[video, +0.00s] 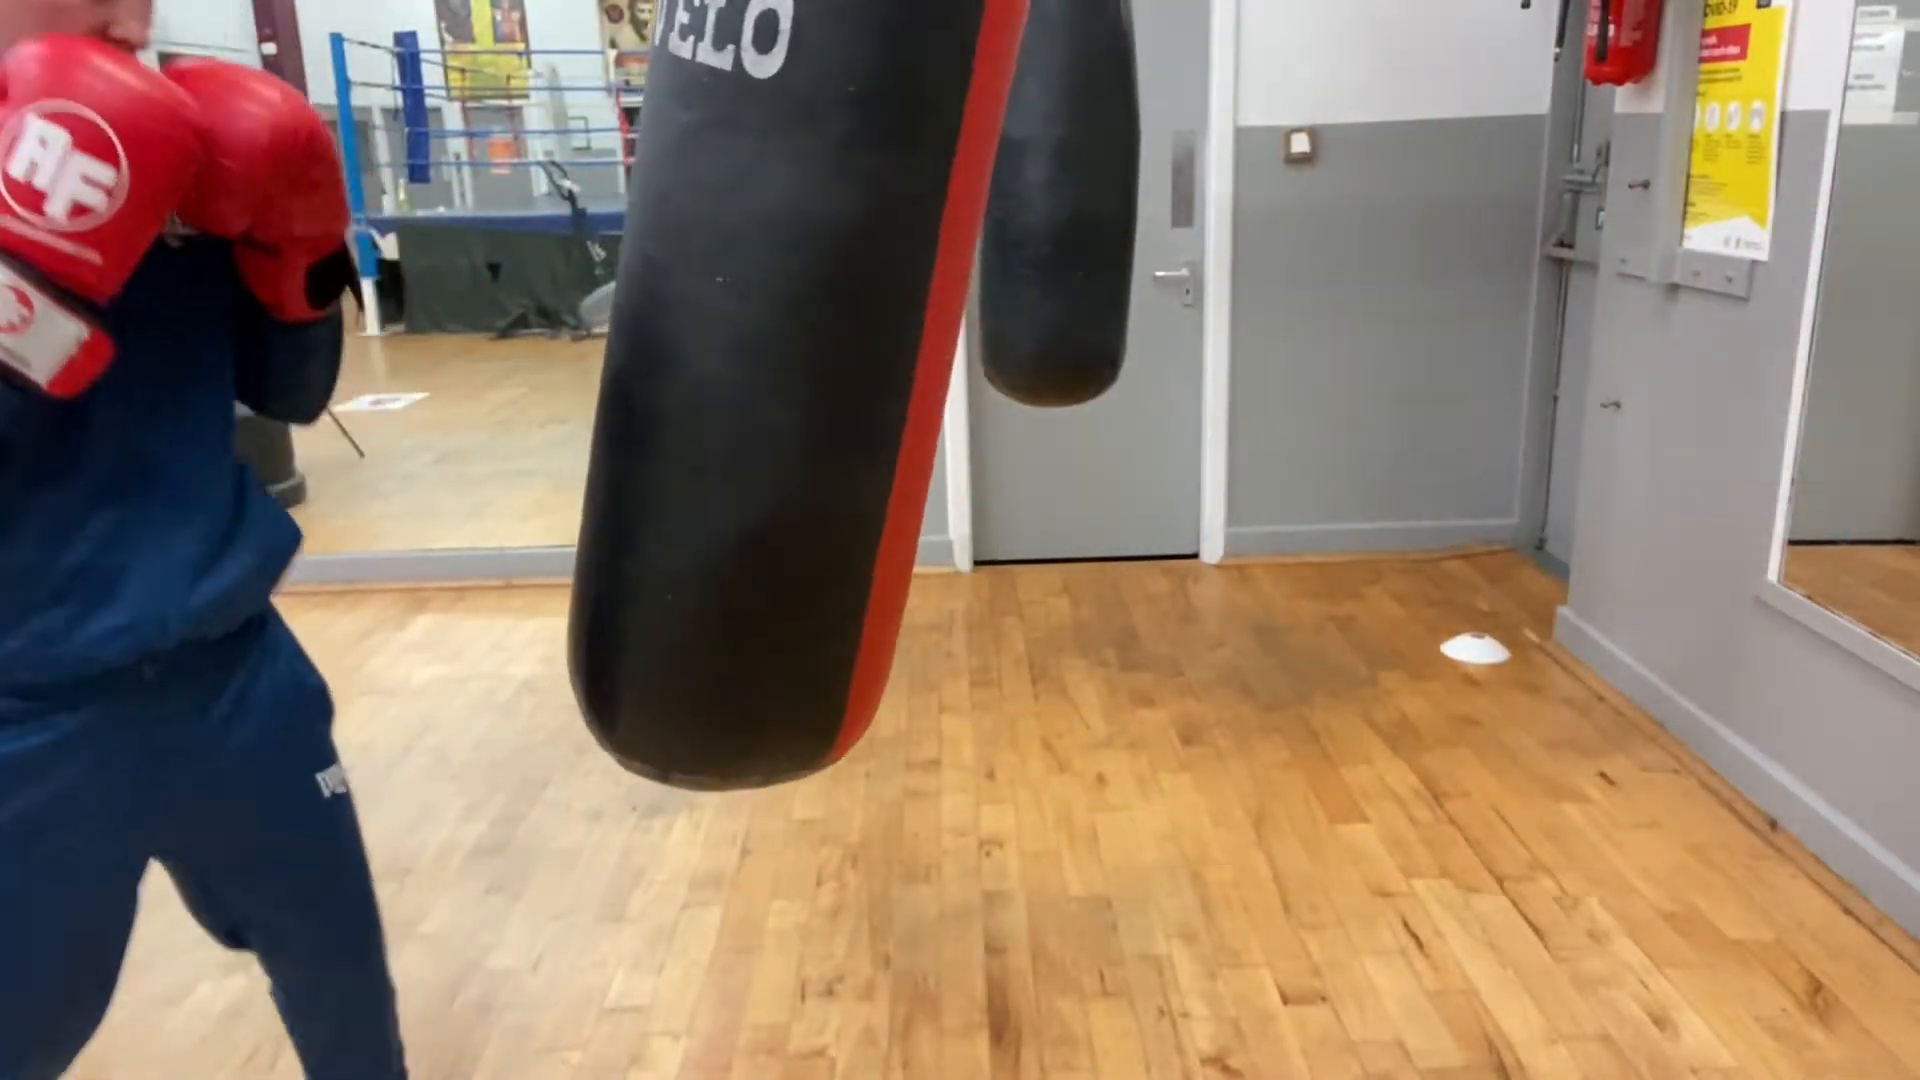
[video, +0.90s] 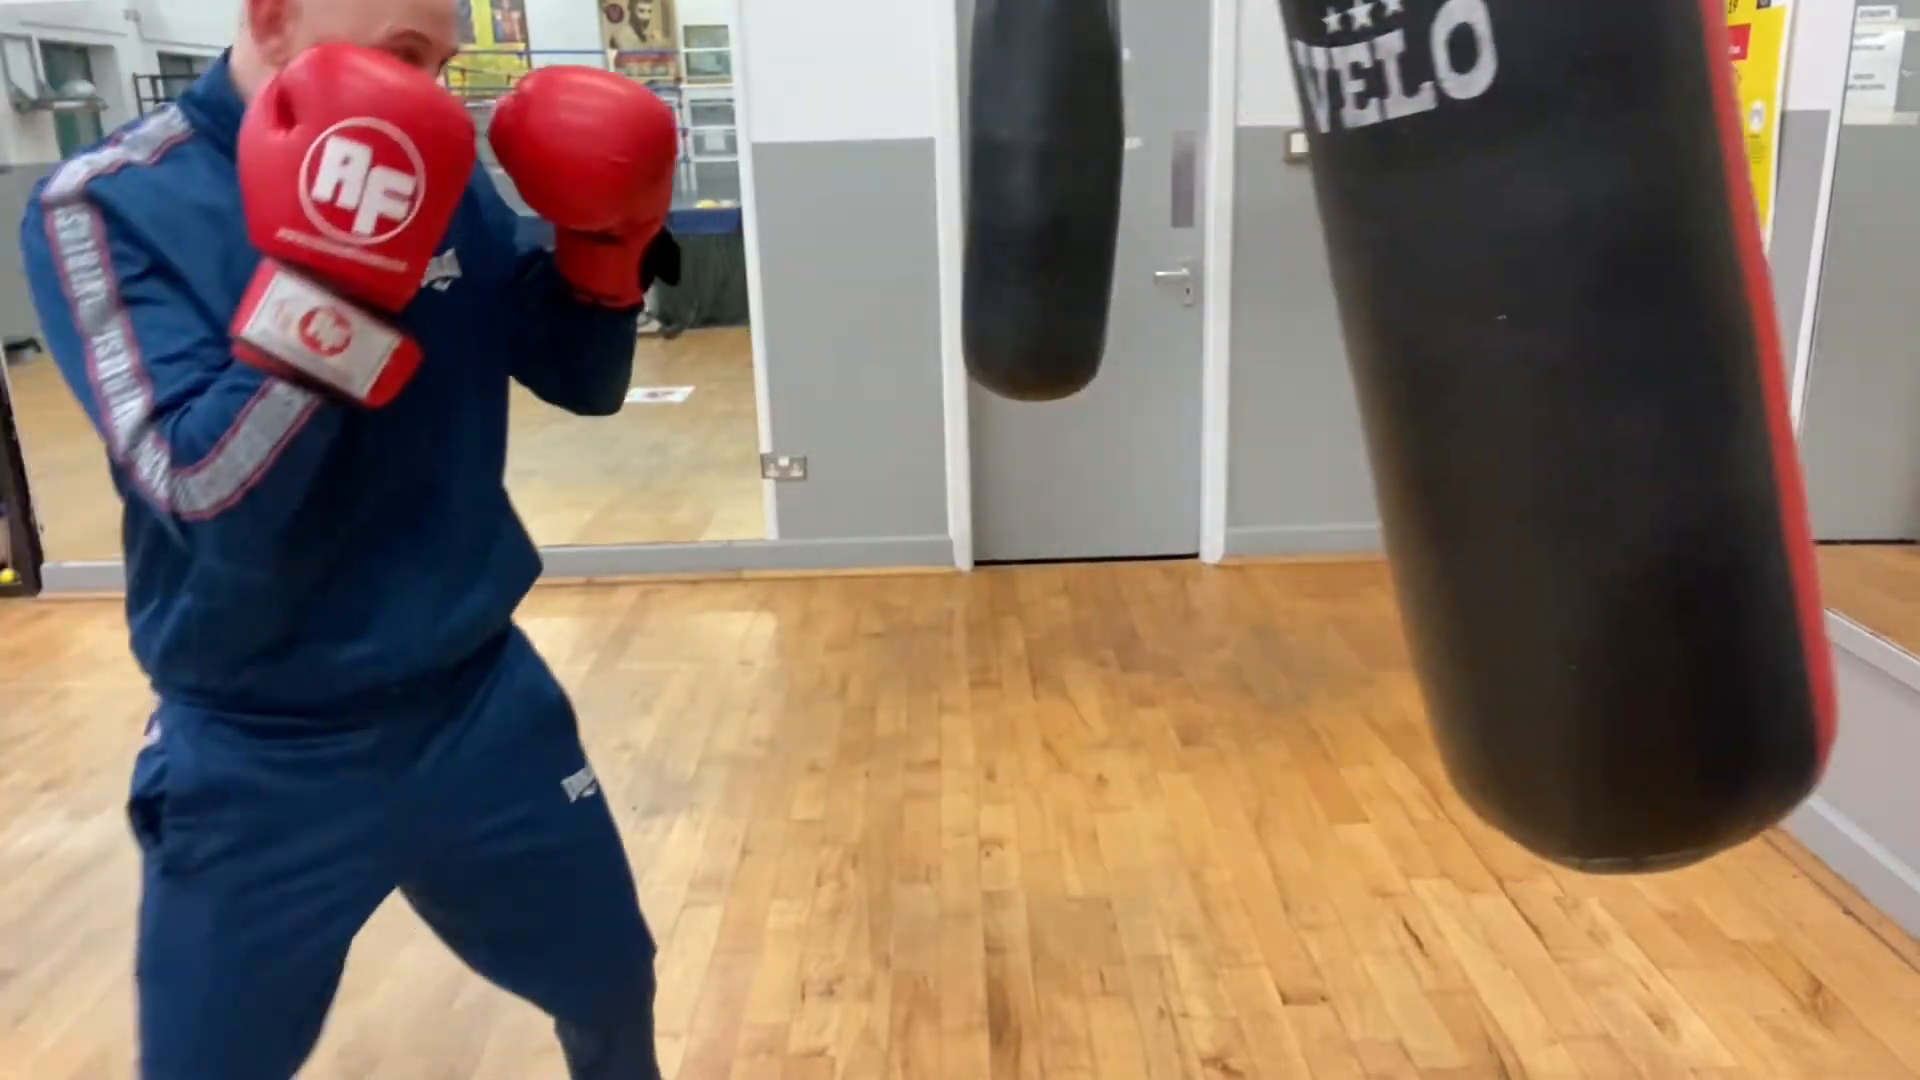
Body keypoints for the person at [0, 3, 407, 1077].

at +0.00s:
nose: (116, 28)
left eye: (127, 14)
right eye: (76, 17)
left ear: (148, 16)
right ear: (0, 25)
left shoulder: (186, 146)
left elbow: (292, 392)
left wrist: (295, 239)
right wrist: (34, 277)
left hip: (233, 675)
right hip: (29, 722)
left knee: (344, 990)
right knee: (23, 1044)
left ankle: (367, 1075)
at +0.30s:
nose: (12, 22)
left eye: (11, 16)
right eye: (7, 16)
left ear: (17, 29)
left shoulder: (78, 199)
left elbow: (197, 436)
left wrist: (226, 333)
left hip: (149, 730)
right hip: (7, 783)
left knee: (310, 1023)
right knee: (8, 1060)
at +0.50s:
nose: (76, 35)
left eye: (83, 24)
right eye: (45, 26)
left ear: (104, 21)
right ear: (7, 20)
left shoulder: (143, 154)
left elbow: (317, 359)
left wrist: (321, 212)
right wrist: (13, 230)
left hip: (207, 697)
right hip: (27, 748)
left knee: (436, 963)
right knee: (13, 1052)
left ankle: (500, 1072)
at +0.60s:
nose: (149, 175)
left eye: (167, 136)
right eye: (115, 136)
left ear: (185, 126)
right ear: (13, 128)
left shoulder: (214, 238)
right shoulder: (18, 300)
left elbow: (308, 461)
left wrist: (360, 365)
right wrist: (33, 375)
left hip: (268, 752)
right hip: (43, 817)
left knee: (499, 975)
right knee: (29, 1066)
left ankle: (596, 1079)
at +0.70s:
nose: (244, 194)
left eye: (257, 157)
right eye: (210, 153)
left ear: (273, 134)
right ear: (74, 118)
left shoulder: (284, 258)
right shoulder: (6, 281)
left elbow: (382, 476)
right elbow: (16, 582)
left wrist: (428, 390)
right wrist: (87, 414)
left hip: (336, 767)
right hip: (84, 825)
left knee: (553, 1012)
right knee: (46, 1070)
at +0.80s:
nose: (362, 167)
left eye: (373, 128)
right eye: (328, 122)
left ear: (389, 117)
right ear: (197, 90)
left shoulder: (397, 234)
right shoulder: (45, 265)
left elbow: (542, 419)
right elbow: (100, 554)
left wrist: (557, 287)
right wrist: (249, 352)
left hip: (431, 754)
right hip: (196, 805)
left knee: (608, 997)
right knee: (109, 1071)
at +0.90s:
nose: (432, 97)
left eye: (445, 62)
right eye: (405, 56)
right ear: (270, 24)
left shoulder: (440, 178)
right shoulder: (100, 206)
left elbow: (584, 381)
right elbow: (200, 489)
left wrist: (604, 251)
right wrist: (325, 281)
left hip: (479, 716)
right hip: (255, 761)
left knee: (614, 987)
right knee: (202, 1070)